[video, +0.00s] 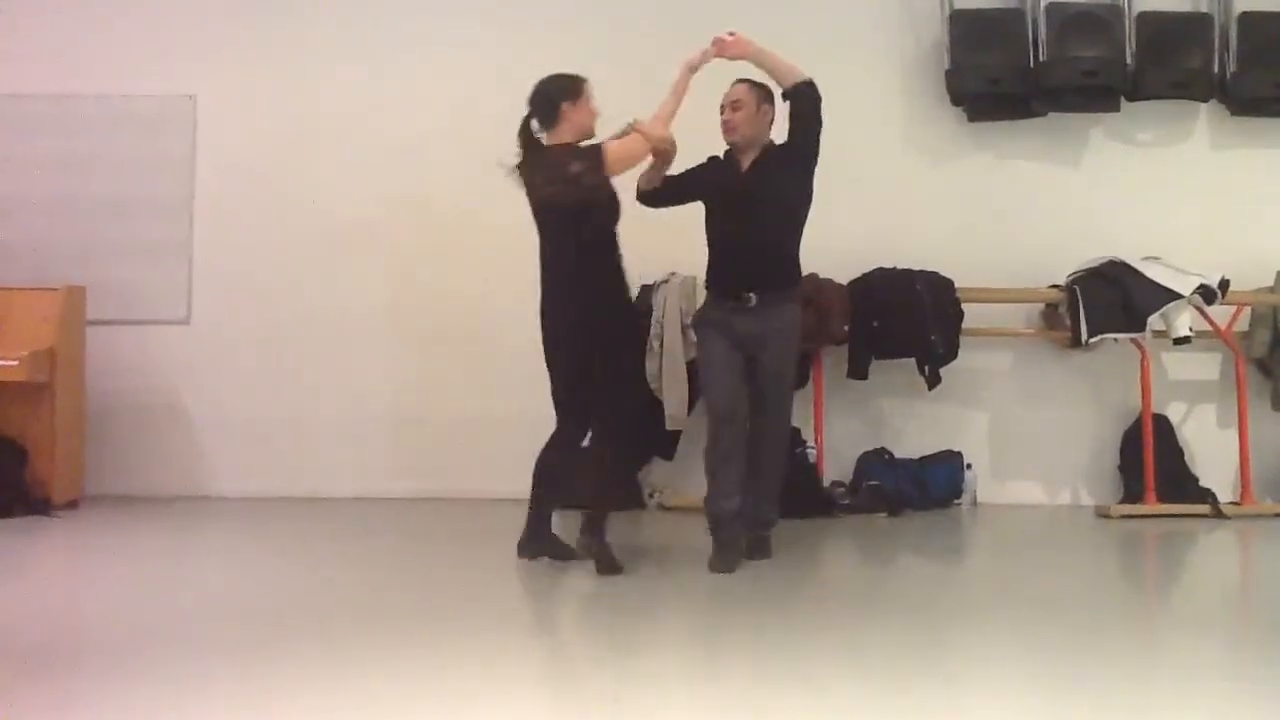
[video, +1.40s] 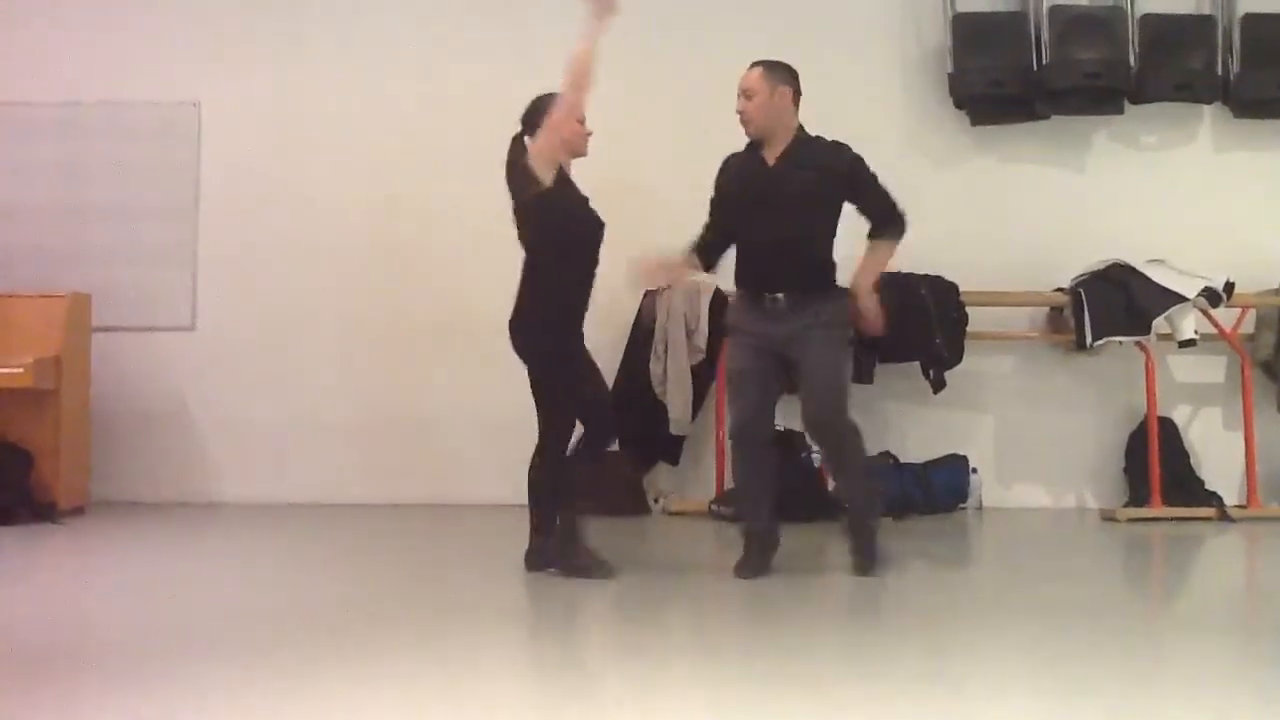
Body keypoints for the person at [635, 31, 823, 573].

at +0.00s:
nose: (726, 116)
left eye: (737, 108)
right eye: (723, 110)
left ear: (767, 114)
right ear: (724, 121)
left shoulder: (794, 162)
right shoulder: (714, 172)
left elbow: (806, 93)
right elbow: (650, 193)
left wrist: (753, 50)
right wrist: (661, 157)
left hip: (777, 313)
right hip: (721, 316)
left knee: (773, 422)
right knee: (725, 420)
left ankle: (760, 526)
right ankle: (725, 531)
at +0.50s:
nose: (710, 114)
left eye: (720, 104)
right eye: (709, 105)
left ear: (757, 106)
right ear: (718, 111)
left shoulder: (796, 154)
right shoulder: (710, 177)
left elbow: (830, 91)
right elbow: (679, 243)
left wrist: (784, 42)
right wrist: (634, 216)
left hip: (775, 313)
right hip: (716, 312)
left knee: (770, 424)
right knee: (716, 424)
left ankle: (761, 520)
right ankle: (729, 535)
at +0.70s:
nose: (718, 117)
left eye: (726, 105)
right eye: (716, 108)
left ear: (763, 105)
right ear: (730, 113)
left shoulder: (811, 157)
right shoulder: (716, 180)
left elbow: (877, 124)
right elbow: (687, 256)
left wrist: (823, 84)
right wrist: (640, 266)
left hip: (790, 316)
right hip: (727, 317)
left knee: (809, 417)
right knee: (721, 425)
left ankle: (841, 516)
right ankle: (733, 538)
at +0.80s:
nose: (725, 117)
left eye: (734, 105)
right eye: (723, 107)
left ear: (770, 104)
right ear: (731, 113)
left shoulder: (817, 155)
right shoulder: (724, 179)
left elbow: (886, 124)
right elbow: (694, 248)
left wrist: (826, 89)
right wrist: (664, 231)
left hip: (803, 316)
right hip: (738, 316)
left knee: (826, 422)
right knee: (728, 426)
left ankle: (862, 528)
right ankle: (734, 537)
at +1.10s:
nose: (739, 122)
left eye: (747, 110)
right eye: (737, 113)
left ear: (784, 109)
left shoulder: (834, 158)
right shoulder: (747, 186)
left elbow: (887, 141)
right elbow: (716, 259)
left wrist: (833, 136)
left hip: (839, 317)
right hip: (777, 320)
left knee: (858, 430)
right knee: (755, 422)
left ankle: (876, 545)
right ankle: (749, 543)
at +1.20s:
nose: (739, 118)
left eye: (748, 108)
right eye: (738, 109)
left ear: (785, 108)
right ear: (761, 111)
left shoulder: (831, 159)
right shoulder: (741, 184)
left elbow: (903, 180)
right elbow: (727, 258)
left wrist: (862, 200)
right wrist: (696, 319)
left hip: (832, 319)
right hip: (770, 324)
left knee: (852, 430)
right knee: (755, 428)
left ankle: (876, 539)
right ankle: (759, 539)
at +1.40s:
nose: (740, 107)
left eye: (749, 97)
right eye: (739, 98)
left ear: (787, 98)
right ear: (770, 101)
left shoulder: (833, 161)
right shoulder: (737, 168)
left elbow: (890, 220)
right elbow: (714, 240)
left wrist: (864, 284)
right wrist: (676, 270)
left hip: (817, 315)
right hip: (752, 316)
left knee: (826, 419)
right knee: (747, 426)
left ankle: (862, 518)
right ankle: (759, 536)